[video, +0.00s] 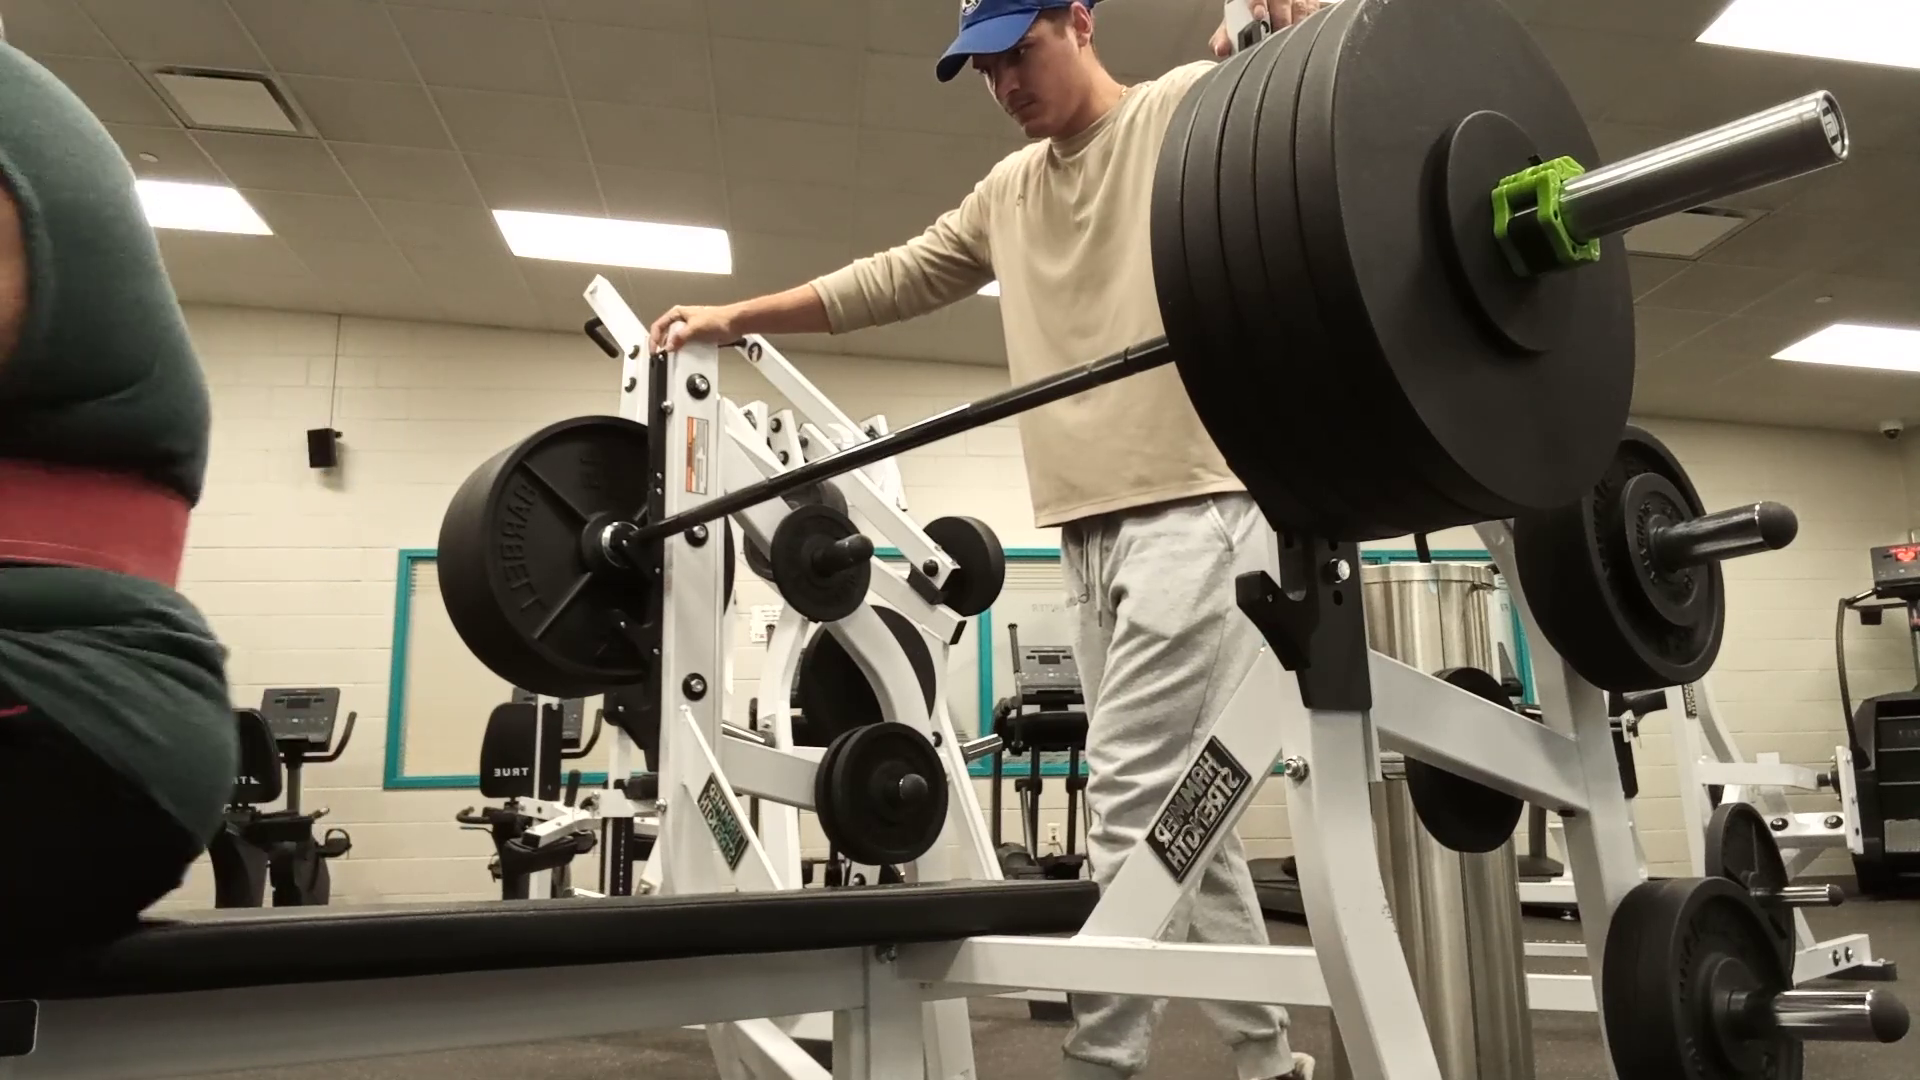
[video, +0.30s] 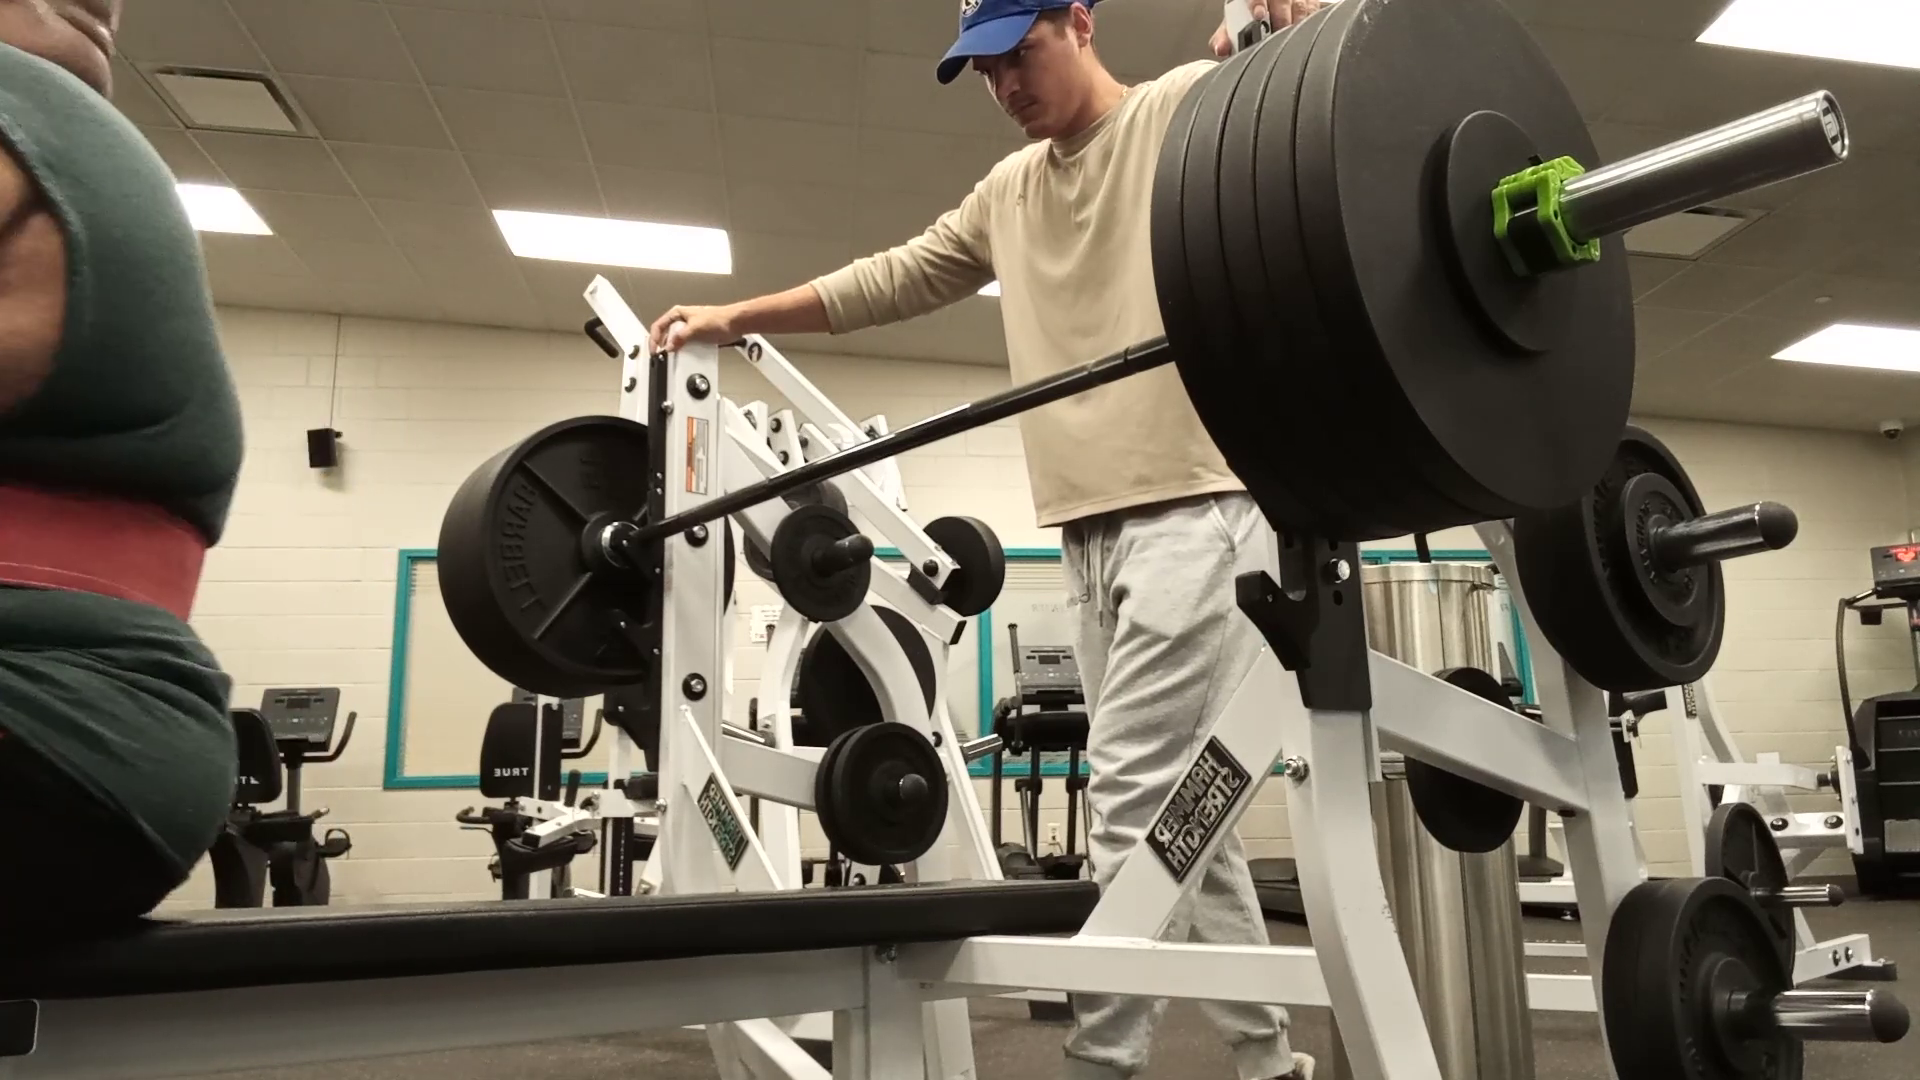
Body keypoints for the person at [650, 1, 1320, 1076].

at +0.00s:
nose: (999, 85)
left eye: (1013, 55)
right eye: (986, 68)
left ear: (1080, 24)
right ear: (984, 74)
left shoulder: (1186, 101)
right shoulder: (1006, 192)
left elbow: (1317, 110)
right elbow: (890, 279)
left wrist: (1289, 38)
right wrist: (734, 315)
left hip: (1200, 509)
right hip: (1090, 533)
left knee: (1127, 791)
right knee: (1173, 803)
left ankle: (1101, 1064)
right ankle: (1267, 1061)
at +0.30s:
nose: (1001, 87)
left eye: (1014, 57)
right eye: (987, 71)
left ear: (1079, 25)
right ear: (985, 78)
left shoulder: (1187, 100)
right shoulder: (1006, 192)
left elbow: (1316, 103)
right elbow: (891, 279)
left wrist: (1292, 35)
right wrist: (734, 315)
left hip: (1201, 508)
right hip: (1090, 530)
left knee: (1128, 792)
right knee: (1172, 802)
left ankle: (1102, 1064)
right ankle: (1265, 1059)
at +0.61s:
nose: (998, 86)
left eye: (1011, 57)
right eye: (985, 71)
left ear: (1078, 25)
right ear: (986, 77)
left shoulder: (1186, 101)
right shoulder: (1006, 193)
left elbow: (1316, 107)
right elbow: (893, 280)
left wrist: (1290, 37)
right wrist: (734, 315)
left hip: (1200, 509)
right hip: (1090, 531)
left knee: (1129, 795)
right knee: (1175, 805)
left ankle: (1102, 1061)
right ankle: (1265, 1057)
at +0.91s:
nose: (987, 97)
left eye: (997, 68)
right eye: (978, 79)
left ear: (1067, 34)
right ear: (1002, 73)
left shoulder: (1188, 101)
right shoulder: (1007, 193)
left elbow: (1320, 111)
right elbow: (897, 279)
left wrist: (1295, 35)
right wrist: (736, 314)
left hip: (1201, 510)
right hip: (1090, 533)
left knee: (1128, 793)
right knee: (1174, 804)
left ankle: (1102, 1064)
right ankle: (1266, 1060)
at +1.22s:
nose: (983, 102)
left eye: (994, 75)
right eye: (975, 83)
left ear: (1064, 40)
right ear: (1023, 62)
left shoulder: (1186, 101)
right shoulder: (1006, 193)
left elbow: (1317, 106)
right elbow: (895, 279)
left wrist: (1292, 35)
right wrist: (735, 314)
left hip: (1200, 510)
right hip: (1090, 534)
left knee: (1129, 795)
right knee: (1176, 806)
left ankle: (1103, 1061)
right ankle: (1266, 1058)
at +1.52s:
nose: (974, 111)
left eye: (985, 83)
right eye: (967, 90)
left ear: (1054, 46)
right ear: (1024, 64)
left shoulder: (1185, 102)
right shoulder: (1005, 195)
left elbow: (1315, 110)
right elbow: (893, 280)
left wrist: (1291, 37)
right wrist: (734, 314)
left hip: (1200, 511)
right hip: (1090, 535)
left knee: (1128, 793)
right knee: (1174, 805)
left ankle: (1102, 1064)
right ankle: (1267, 1061)